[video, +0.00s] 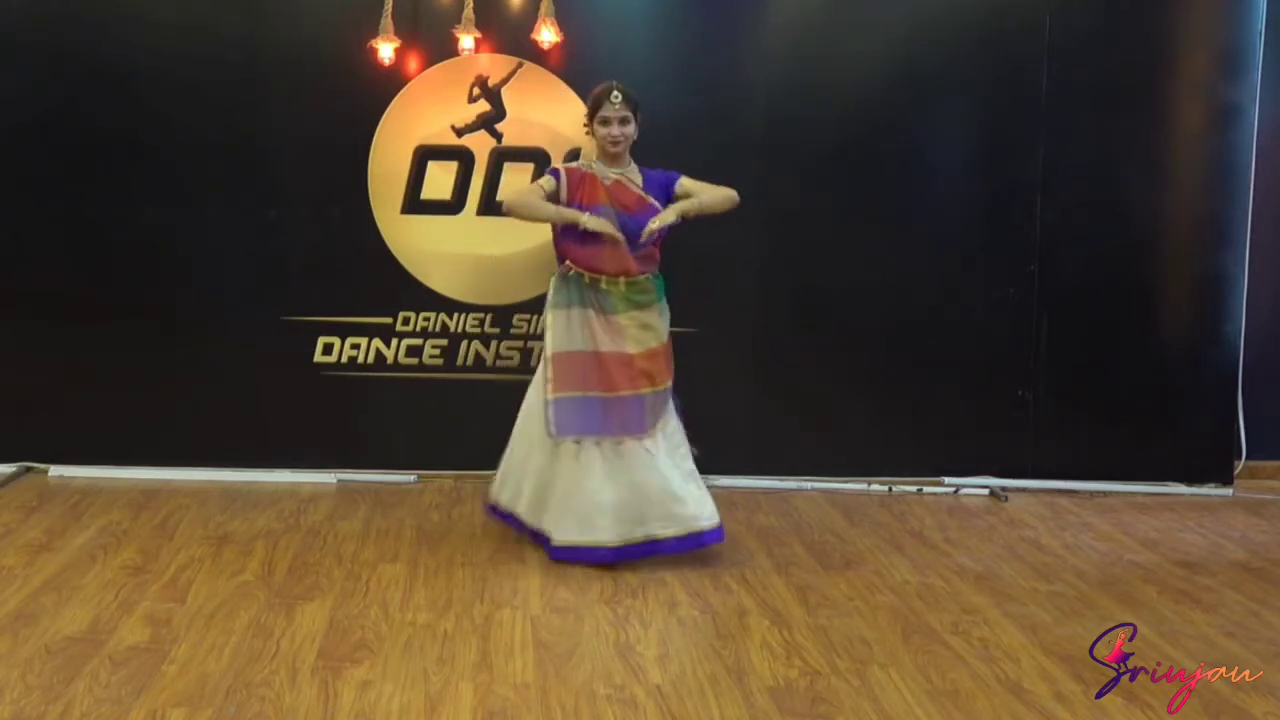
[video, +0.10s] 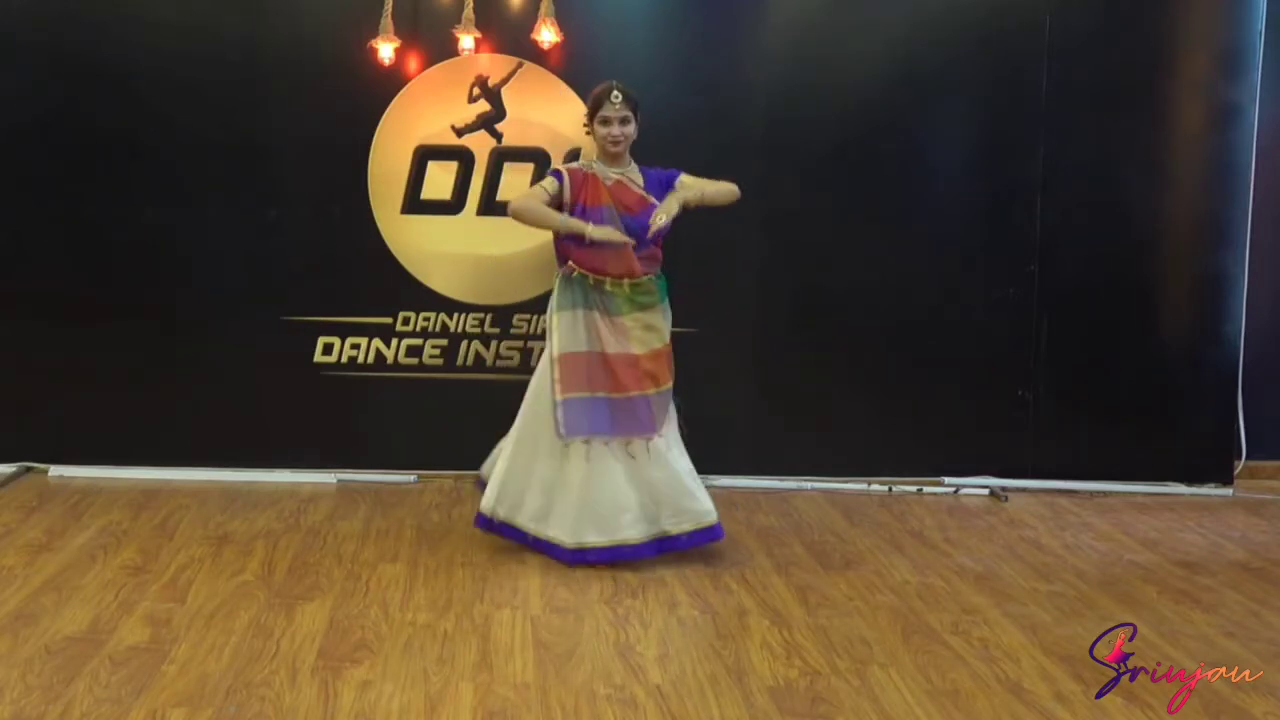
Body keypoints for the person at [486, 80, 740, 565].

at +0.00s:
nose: (615, 130)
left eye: (624, 122)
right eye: (605, 122)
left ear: (636, 127)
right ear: (590, 127)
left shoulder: (654, 181)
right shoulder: (570, 176)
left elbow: (727, 196)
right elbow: (518, 203)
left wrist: (678, 209)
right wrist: (584, 219)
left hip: (639, 310)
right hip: (580, 310)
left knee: (639, 412)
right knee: (583, 413)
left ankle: (640, 522)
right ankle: (582, 523)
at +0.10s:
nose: (616, 130)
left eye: (624, 121)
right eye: (606, 121)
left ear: (637, 127)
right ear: (591, 127)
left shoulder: (656, 181)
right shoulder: (572, 177)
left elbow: (731, 191)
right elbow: (522, 207)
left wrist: (683, 196)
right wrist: (587, 228)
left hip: (642, 310)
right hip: (584, 308)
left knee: (641, 411)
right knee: (581, 410)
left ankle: (639, 522)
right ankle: (578, 521)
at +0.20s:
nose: (620, 129)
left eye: (627, 121)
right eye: (610, 121)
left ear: (638, 126)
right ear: (592, 126)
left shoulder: (654, 180)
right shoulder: (578, 176)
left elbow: (732, 182)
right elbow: (530, 206)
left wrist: (680, 181)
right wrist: (591, 234)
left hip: (642, 308)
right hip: (587, 307)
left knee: (637, 408)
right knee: (586, 408)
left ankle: (631, 515)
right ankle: (583, 517)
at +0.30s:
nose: (621, 129)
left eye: (629, 120)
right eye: (611, 121)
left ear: (640, 125)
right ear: (594, 126)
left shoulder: (657, 182)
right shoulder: (580, 175)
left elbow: (733, 181)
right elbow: (535, 201)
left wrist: (682, 177)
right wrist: (601, 231)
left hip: (641, 307)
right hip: (587, 303)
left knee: (634, 406)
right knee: (586, 405)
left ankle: (624, 514)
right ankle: (579, 516)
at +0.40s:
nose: (624, 129)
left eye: (631, 120)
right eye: (614, 121)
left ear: (643, 125)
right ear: (598, 129)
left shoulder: (661, 186)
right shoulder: (584, 175)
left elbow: (736, 197)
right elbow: (542, 185)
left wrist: (687, 192)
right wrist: (604, 212)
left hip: (645, 310)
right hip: (589, 307)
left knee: (636, 412)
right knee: (589, 409)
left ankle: (629, 516)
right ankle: (584, 523)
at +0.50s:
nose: (626, 131)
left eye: (633, 122)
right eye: (615, 125)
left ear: (645, 127)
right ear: (599, 134)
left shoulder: (661, 190)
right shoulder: (586, 178)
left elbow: (736, 215)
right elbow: (544, 174)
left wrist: (684, 214)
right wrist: (607, 198)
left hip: (646, 313)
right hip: (590, 311)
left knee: (640, 415)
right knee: (590, 413)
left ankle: (637, 516)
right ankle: (589, 523)